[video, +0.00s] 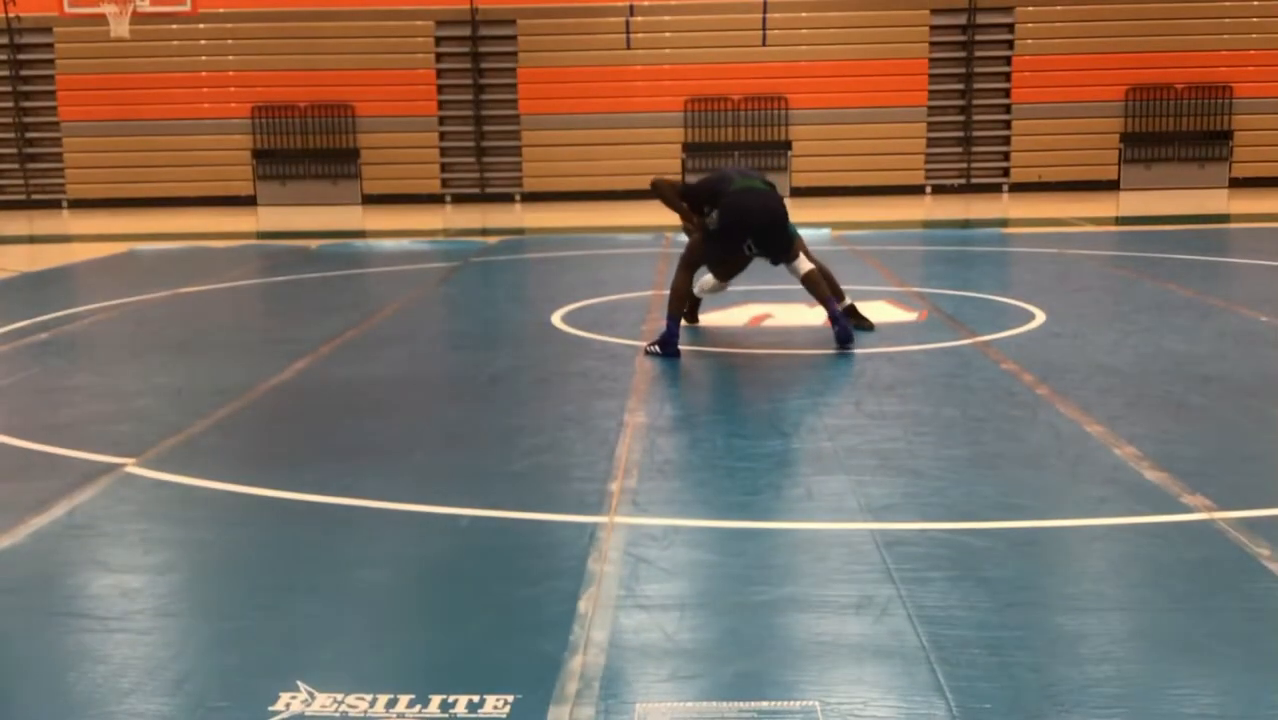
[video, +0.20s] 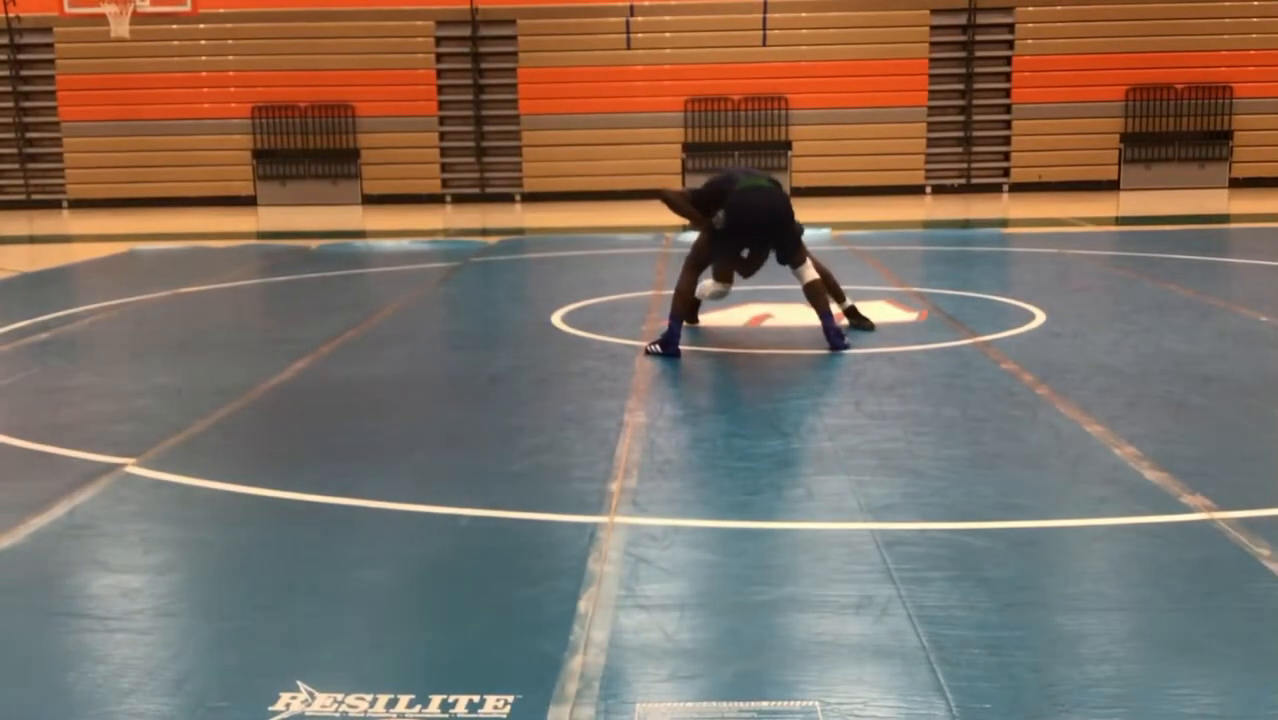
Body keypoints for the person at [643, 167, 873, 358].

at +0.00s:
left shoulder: (704, 191)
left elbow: (658, 184)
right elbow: (811, 262)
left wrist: (684, 215)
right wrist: (844, 306)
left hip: (731, 212)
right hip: (770, 209)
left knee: (685, 268)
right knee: (800, 265)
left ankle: (669, 339)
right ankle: (840, 321)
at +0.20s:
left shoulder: (714, 193)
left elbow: (667, 196)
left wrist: (705, 226)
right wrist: (848, 309)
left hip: (737, 205)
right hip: (776, 205)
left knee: (691, 269)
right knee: (804, 270)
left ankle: (670, 339)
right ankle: (833, 333)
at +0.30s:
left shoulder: (715, 189)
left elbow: (669, 197)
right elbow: (752, 264)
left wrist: (705, 225)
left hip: (736, 207)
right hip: (776, 206)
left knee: (692, 270)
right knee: (805, 270)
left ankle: (670, 340)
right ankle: (834, 332)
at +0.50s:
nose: (753, 262)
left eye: (753, 259)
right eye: (752, 258)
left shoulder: (710, 186)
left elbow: (671, 189)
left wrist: (702, 213)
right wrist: (844, 306)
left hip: (735, 206)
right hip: (774, 203)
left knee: (691, 270)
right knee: (804, 269)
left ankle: (670, 339)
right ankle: (834, 333)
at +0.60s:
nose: (750, 265)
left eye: (750, 262)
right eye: (750, 262)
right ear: (757, 242)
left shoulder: (708, 188)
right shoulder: (780, 211)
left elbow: (670, 186)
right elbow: (814, 264)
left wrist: (700, 212)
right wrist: (847, 307)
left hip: (735, 205)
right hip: (774, 201)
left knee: (691, 269)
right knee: (805, 269)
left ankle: (671, 339)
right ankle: (834, 334)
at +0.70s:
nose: (752, 266)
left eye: (751, 263)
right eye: (751, 263)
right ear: (756, 242)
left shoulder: (706, 188)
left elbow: (668, 188)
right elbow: (815, 264)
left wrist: (699, 216)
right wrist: (848, 307)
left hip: (735, 205)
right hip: (774, 200)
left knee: (690, 269)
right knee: (805, 270)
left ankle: (670, 339)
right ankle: (835, 335)